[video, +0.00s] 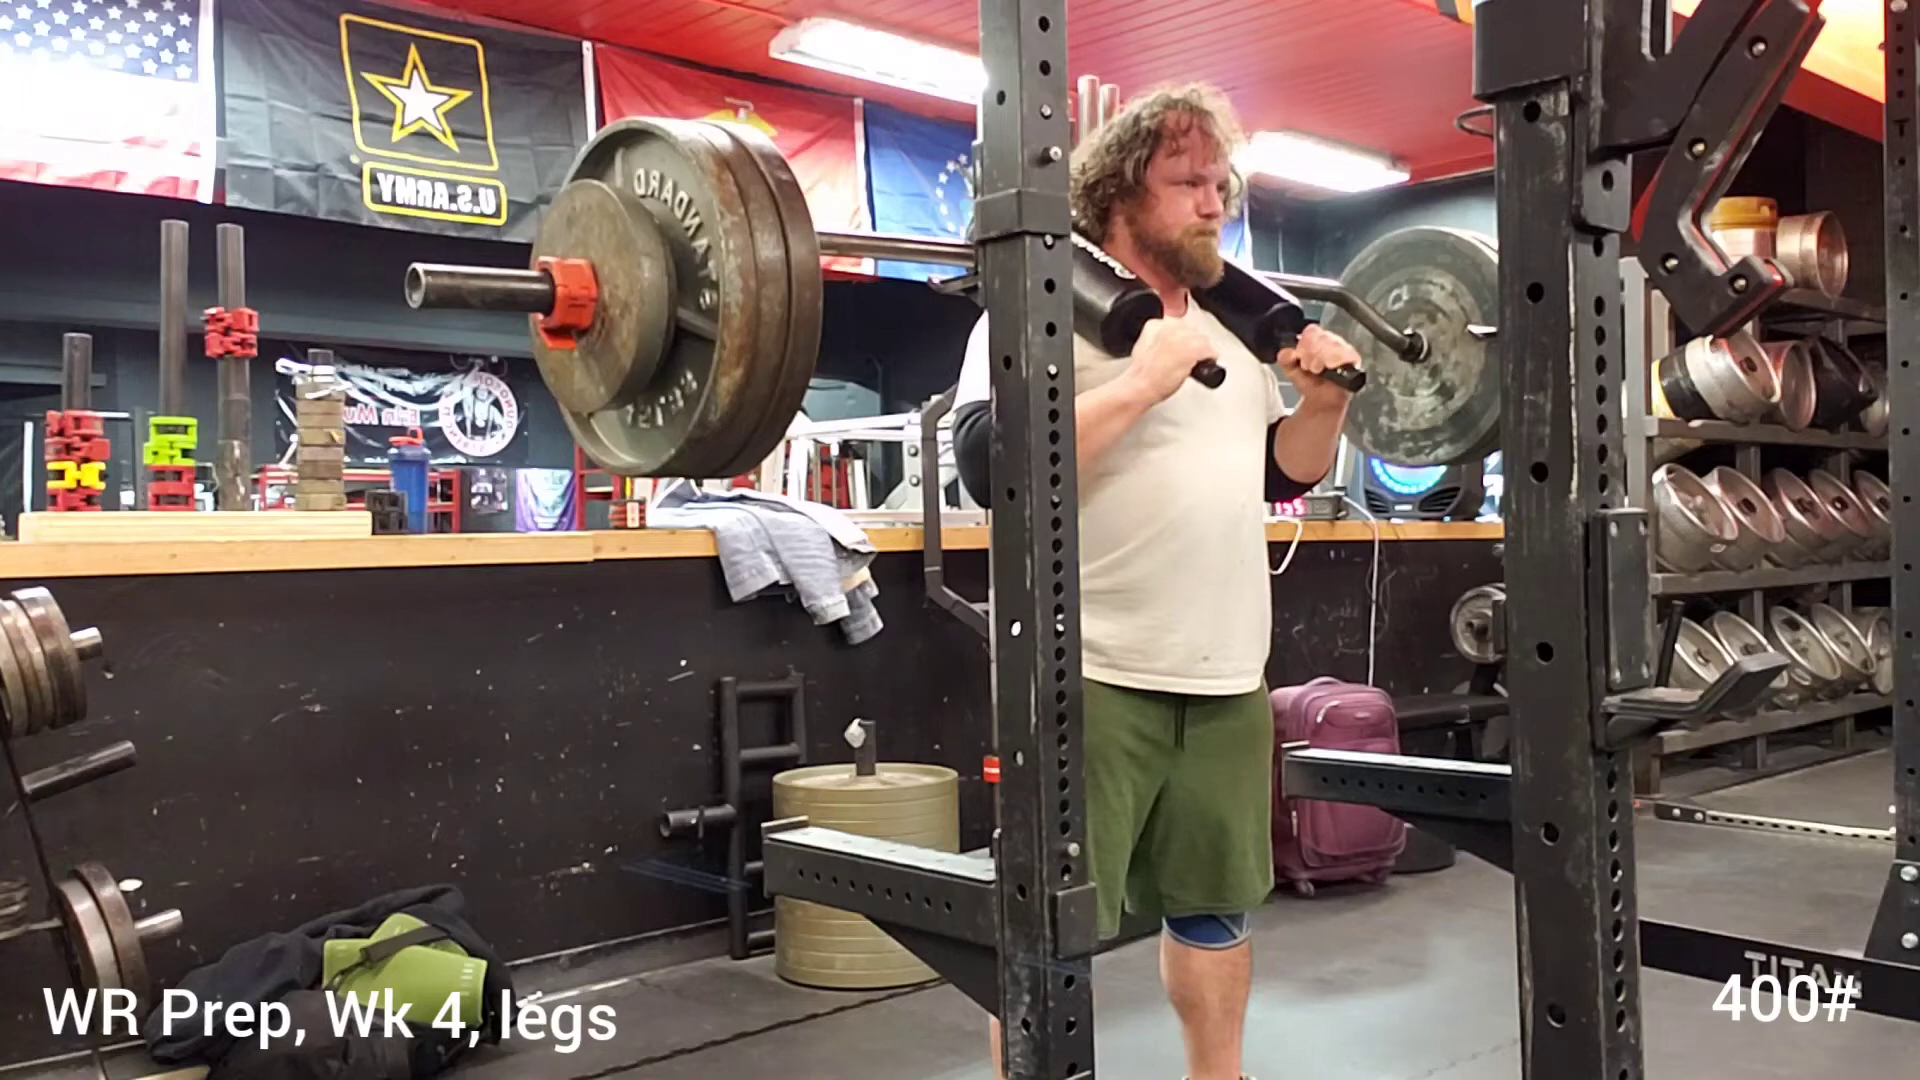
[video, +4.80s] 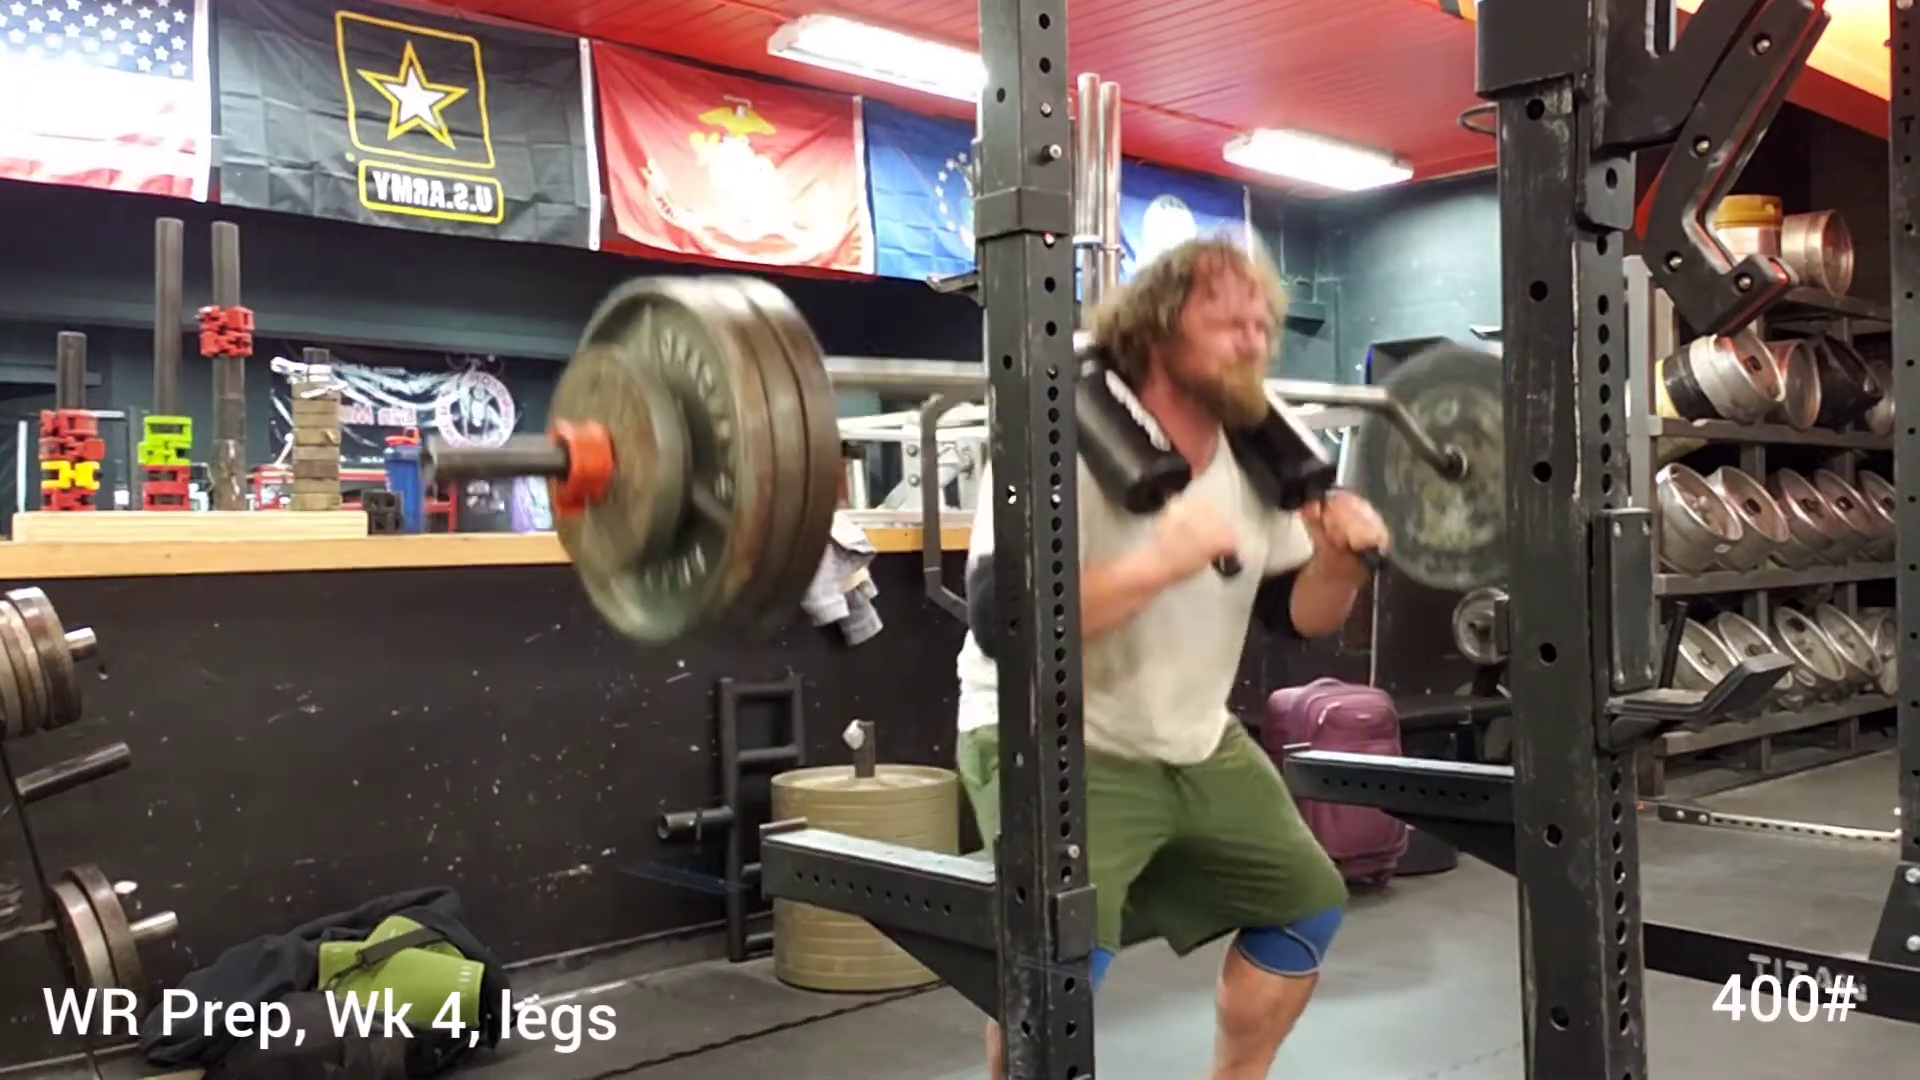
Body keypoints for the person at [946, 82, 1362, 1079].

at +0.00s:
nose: (1217, 200)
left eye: (1220, 179)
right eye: (1191, 178)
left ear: (1224, 192)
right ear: (1122, 188)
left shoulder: (1238, 322)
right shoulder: (1039, 306)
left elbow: (1295, 471)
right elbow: (990, 467)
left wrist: (1324, 394)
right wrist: (1135, 387)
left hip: (1228, 678)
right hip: (1091, 674)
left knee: (1214, 918)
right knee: (1055, 927)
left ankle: (1218, 1074)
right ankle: (1021, 1071)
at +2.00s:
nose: (1218, 211)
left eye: (1224, 189)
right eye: (1194, 187)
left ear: (1227, 197)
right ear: (1124, 194)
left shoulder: (1233, 326)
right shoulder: (1036, 310)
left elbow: (1289, 476)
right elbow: (996, 470)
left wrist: (1324, 401)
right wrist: (1139, 387)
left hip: (1225, 679)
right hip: (1090, 675)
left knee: (1208, 920)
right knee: (1047, 929)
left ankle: (1218, 1075)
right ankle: (1019, 1073)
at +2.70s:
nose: (1236, 321)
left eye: (1242, 299)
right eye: (1211, 299)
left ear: (1250, 303)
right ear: (1142, 310)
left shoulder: (1244, 416)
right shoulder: (1058, 409)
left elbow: (1290, 588)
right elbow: (1012, 597)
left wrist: (1332, 527)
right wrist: (1148, 535)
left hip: (1189, 731)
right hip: (1056, 732)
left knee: (1285, 899)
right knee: (1051, 949)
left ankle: (1230, 1074)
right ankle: (1018, 1073)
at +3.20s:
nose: (1248, 441)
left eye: (1256, 421)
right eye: (1222, 422)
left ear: (1267, 426)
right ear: (1151, 434)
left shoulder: (1260, 528)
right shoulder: (1060, 536)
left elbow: (1306, 704)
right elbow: (1030, 733)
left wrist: (1346, 646)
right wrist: (1161, 676)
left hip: (1177, 787)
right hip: (1030, 792)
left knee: (1304, 904)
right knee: (1067, 942)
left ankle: (1232, 1074)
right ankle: (1016, 1068)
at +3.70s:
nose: (1272, 592)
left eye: (1277, 569)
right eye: (1244, 572)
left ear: (1288, 564)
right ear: (1174, 578)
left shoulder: (1275, 661)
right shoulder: (1084, 673)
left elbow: (1332, 832)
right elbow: (1028, 857)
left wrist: (1361, 782)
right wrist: (1175, 830)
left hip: (1222, 898)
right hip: (1096, 911)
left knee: (1354, 925)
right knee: (1082, 984)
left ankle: (1239, 1075)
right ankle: (1023, 1069)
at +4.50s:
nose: (1263, 450)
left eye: (1272, 433)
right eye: (1238, 432)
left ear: (1284, 441)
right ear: (1170, 444)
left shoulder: (1269, 540)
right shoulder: (1077, 540)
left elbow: (1326, 715)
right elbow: (1035, 731)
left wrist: (1354, 658)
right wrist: (1172, 682)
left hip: (1184, 792)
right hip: (1038, 800)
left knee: (1316, 906)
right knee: (1084, 952)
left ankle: (1236, 1073)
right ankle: (1021, 1068)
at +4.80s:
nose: (1250, 334)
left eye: (1261, 318)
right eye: (1226, 314)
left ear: (1269, 336)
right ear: (1162, 324)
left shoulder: (1259, 438)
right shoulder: (1068, 426)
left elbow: (1310, 617)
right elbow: (1006, 614)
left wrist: (1341, 552)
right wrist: (1159, 564)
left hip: (1203, 743)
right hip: (1068, 746)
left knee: (1304, 904)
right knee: (1066, 954)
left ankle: (1236, 1074)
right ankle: (1011, 1069)